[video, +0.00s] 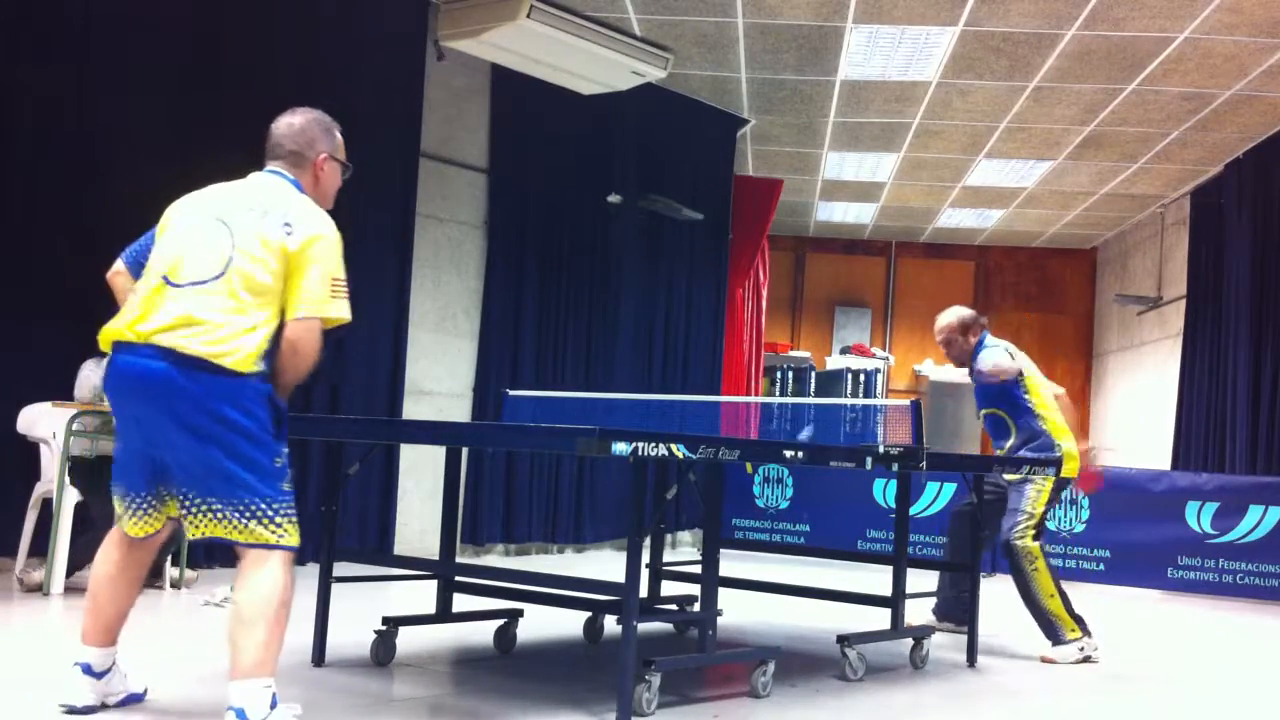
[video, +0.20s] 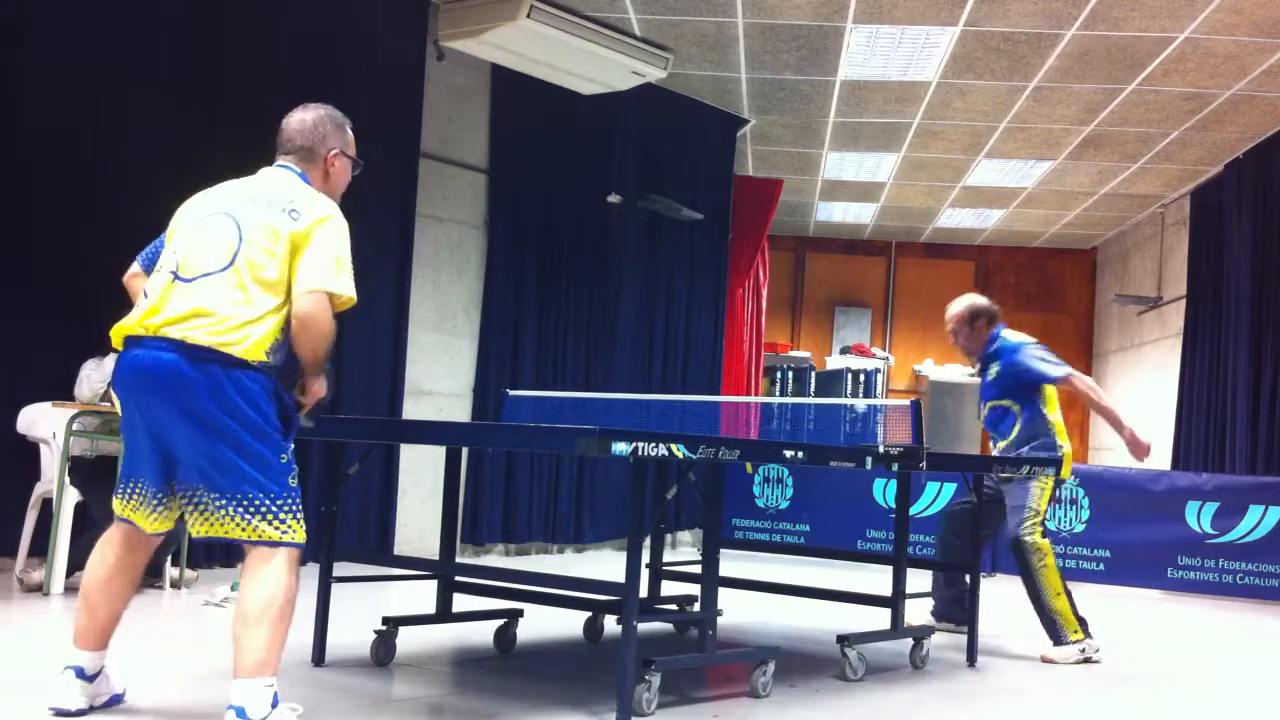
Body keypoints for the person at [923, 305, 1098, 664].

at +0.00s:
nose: (944, 352)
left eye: (947, 343)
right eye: (941, 345)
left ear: (970, 336)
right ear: (972, 337)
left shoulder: (989, 356)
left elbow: (1004, 364)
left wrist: (1010, 366)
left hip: (1044, 462)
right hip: (1014, 463)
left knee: (1018, 538)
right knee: (965, 518)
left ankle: (1074, 639)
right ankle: (954, 615)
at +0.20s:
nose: (954, 342)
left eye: (956, 333)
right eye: (952, 334)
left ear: (979, 327)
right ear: (974, 329)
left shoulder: (1018, 352)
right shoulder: (989, 360)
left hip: (1038, 463)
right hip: (1005, 464)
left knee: (1026, 536)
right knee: (956, 522)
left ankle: (1076, 640)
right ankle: (952, 614)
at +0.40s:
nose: (994, 305)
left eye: (1000, 298)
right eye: (993, 299)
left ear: (1027, 296)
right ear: (1003, 297)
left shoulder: (1062, 330)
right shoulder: (999, 322)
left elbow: (1097, 386)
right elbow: (962, 336)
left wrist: (1093, 432)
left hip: (1052, 450)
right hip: (1009, 446)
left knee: (1059, 531)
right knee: (981, 526)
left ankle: (1096, 635)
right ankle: (954, 609)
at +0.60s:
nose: (1032, 306)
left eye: (1040, 298)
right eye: (1029, 298)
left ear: (1066, 300)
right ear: (1028, 299)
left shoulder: (1093, 345)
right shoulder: (1024, 332)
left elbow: (1118, 405)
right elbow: (981, 369)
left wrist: (1107, 460)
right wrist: (960, 337)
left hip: (1067, 456)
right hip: (1018, 451)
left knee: (1076, 537)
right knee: (985, 518)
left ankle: (1096, 637)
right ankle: (986, 608)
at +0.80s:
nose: (1020, 302)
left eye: (1028, 295)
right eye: (1016, 295)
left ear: (1051, 296)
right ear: (1011, 298)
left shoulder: (1077, 332)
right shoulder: (1012, 334)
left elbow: (1116, 383)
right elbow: (980, 375)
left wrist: (1134, 436)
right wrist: (958, 363)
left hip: (1066, 451)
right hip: (1020, 451)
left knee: (1070, 530)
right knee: (986, 520)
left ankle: (1095, 631)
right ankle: (998, 613)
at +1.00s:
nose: (999, 316)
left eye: (1006, 308)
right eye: (994, 310)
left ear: (1030, 305)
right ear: (992, 312)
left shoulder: (1053, 337)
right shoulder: (1014, 344)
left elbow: (1090, 387)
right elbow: (1022, 393)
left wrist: (1100, 446)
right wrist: (983, 414)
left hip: (1063, 456)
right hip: (1030, 456)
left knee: (1069, 535)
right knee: (993, 512)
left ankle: (1125, 618)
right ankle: (1004, 603)